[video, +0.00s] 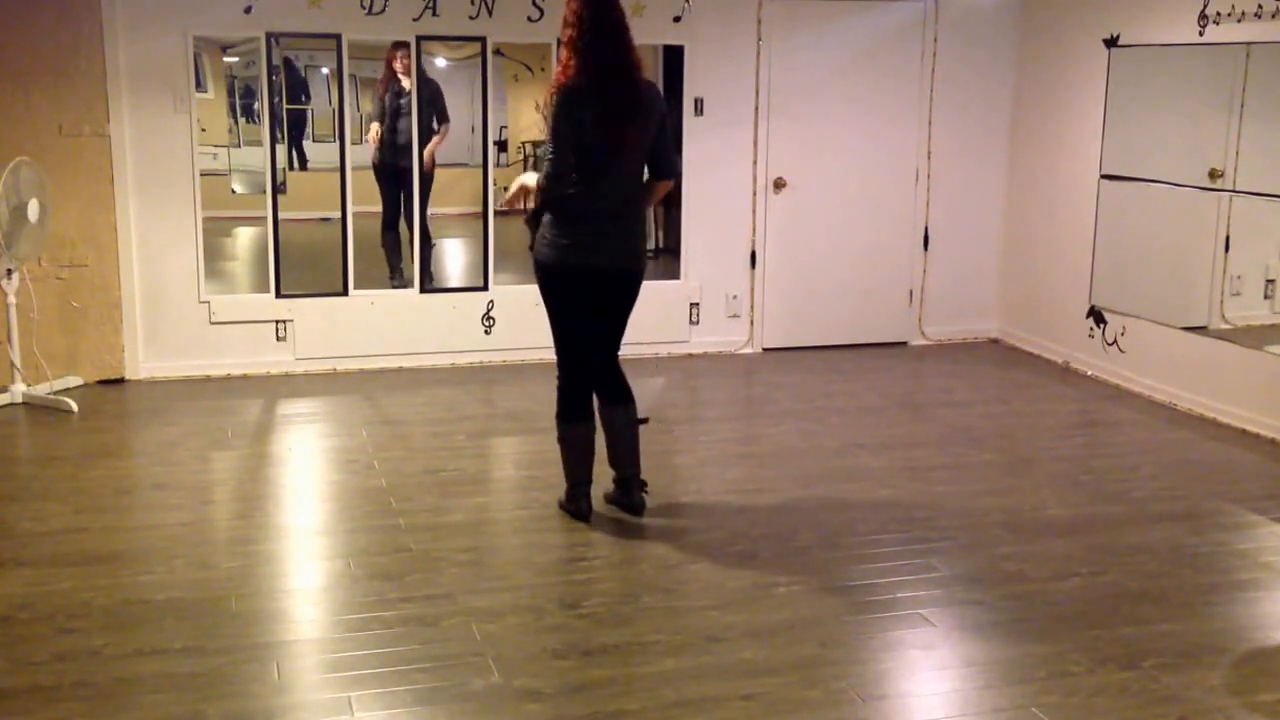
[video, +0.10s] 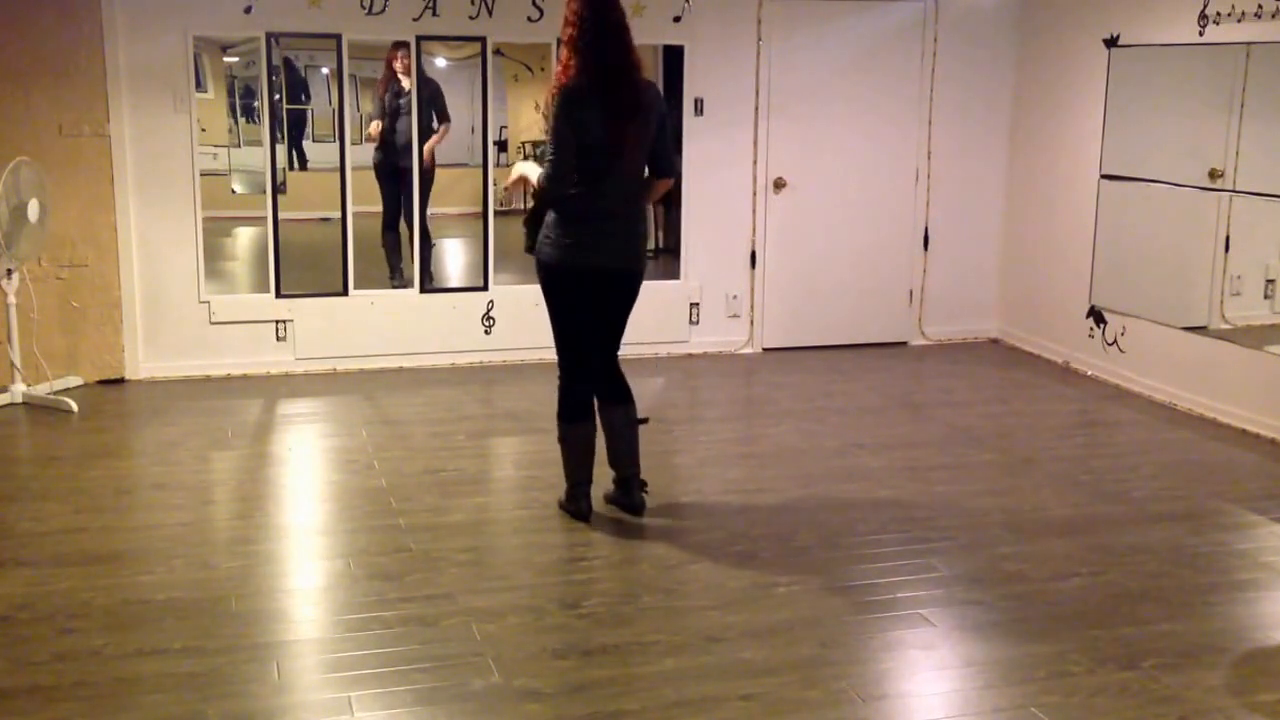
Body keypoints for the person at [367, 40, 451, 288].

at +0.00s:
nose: (400, 62)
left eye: (405, 57)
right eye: (396, 58)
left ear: (414, 59)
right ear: (390, 61)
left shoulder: (429, 86)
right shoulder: (384, 86)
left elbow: (444, 123)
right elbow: (377, 118)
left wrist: (431, 147)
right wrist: (374, 129)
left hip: (417, 161)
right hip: (387, 160)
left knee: (415, 217)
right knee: (390, 216)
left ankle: (425, 273)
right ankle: (395, 271)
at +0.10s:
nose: (401, 62)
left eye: (405, 58)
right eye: (397, 59)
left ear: (414, 60)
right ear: (391, 61)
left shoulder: (429, 86)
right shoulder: (384, 86)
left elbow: (445, 122)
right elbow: (377, 118)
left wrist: (432, 143)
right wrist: (375, 128)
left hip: (418, 161)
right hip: (388, 160)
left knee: (415, 217)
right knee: (391, 216)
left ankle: (425, 273)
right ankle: (395, 271)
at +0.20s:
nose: (401, 62)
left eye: (406, 58)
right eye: (398, 58)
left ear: (414, 60)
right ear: (391, 61)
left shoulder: (429, 86)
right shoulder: (384, 86)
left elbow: (446, 121)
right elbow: (377, 122)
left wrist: (432, 139)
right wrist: (375, 123)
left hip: (418, 162)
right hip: (388, 161)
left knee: (415, 217)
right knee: (391, 216)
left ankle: (425, 273)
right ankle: (395, 272)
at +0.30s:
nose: (402, 62)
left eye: (406, 58)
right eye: (398, 58)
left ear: (415, 60)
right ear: (391, 61)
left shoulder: (429, 85)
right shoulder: (385, 86)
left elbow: (447, 121)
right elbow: (373, 129)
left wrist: (431, 137)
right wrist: (379, 119)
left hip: (418, 162)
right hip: (388, 160)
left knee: (415, 217)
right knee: (392, 215)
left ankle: (425, 273)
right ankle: (395, 272)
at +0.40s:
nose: (402, 62)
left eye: (407, 57)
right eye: (398, 57)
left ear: (415, 60)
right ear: (391, 61)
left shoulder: (428, 85)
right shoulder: (387, 86)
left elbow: (447, 121)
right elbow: (373, 128)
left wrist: (429, 137)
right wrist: (378, 119)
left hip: (419, 161)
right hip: (389, 160)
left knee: (416, 216)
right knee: (392, 214)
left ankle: (424, 274)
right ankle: (395, 273)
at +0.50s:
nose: (402, 62)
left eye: (407, 57)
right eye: (398, 57)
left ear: (415, 60)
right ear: (391, 61)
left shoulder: (428, 85)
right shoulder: (386, 87)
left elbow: (447, 121)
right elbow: (372, 128)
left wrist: (429, 138)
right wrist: (378, 119)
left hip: (419, 161)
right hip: (389, 160)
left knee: (416, 217)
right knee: (392, 214)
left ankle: (424, 274)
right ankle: (395, 273)